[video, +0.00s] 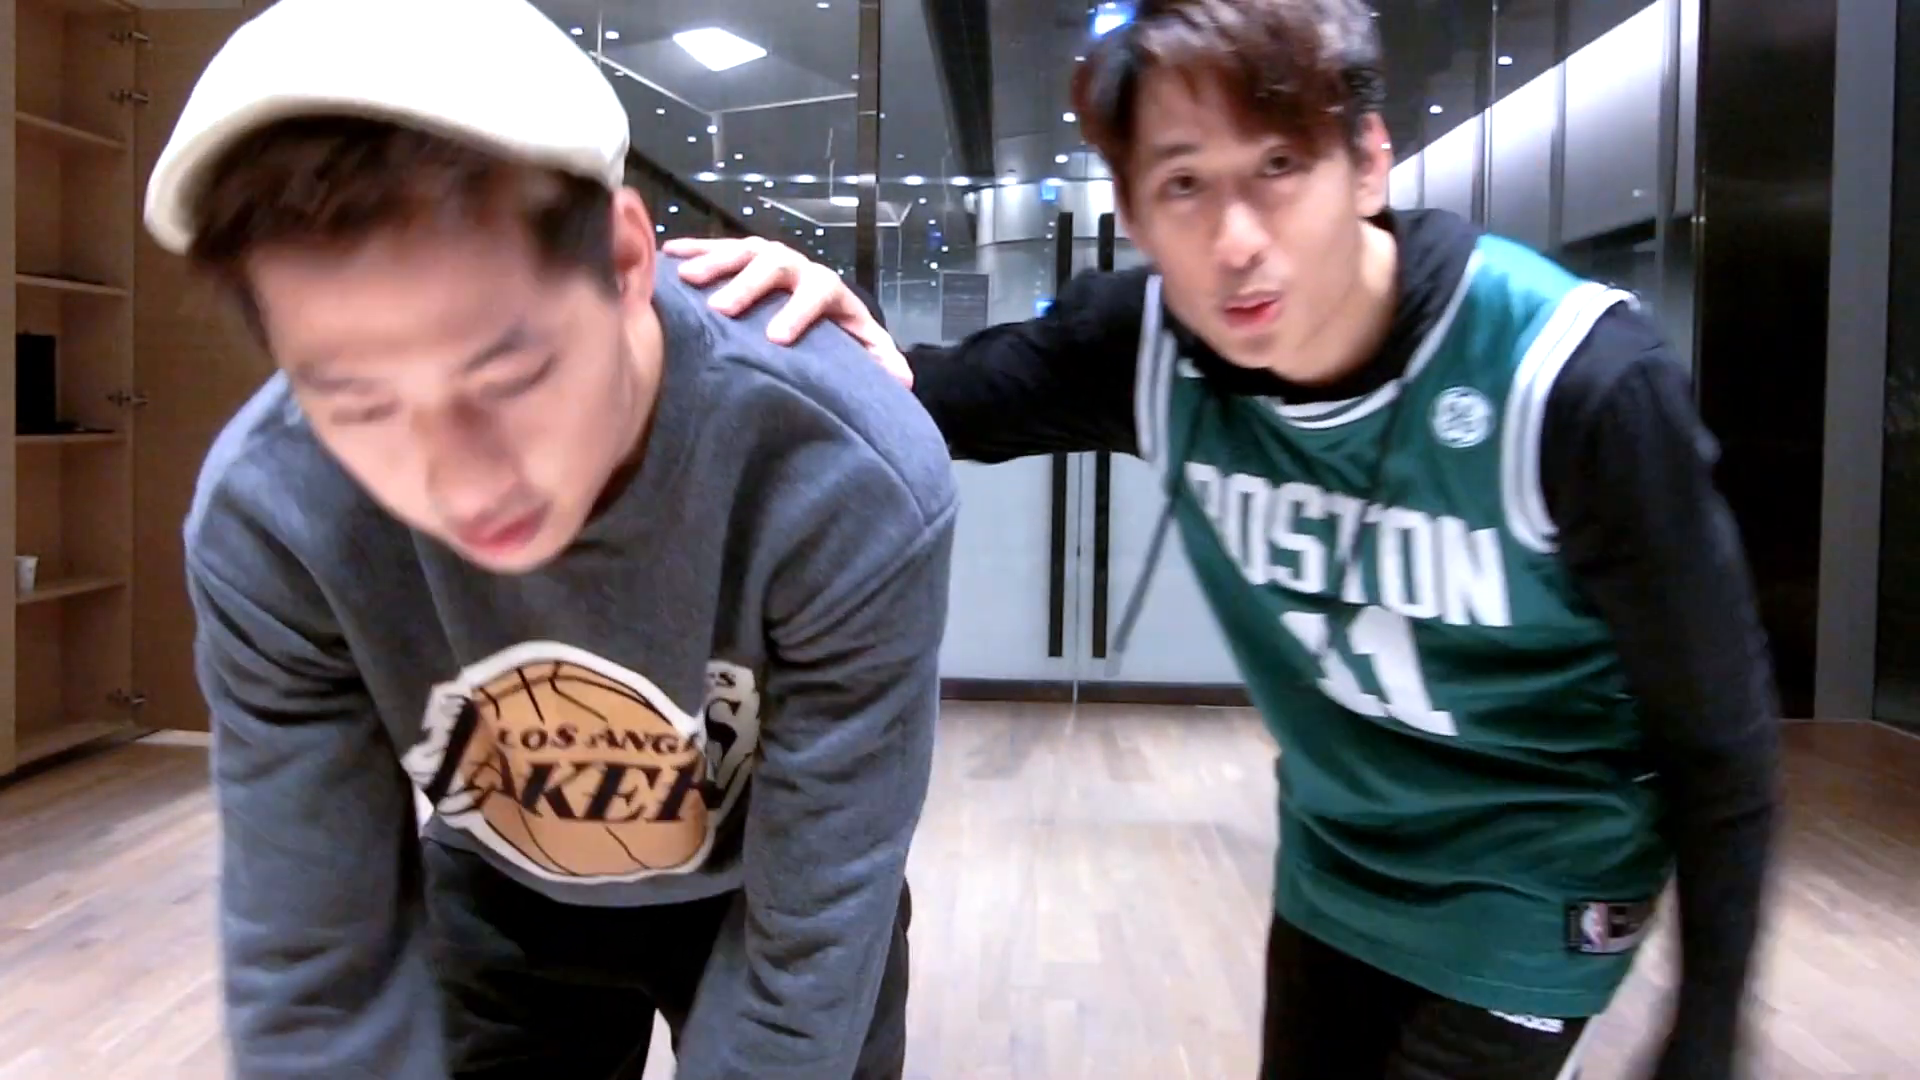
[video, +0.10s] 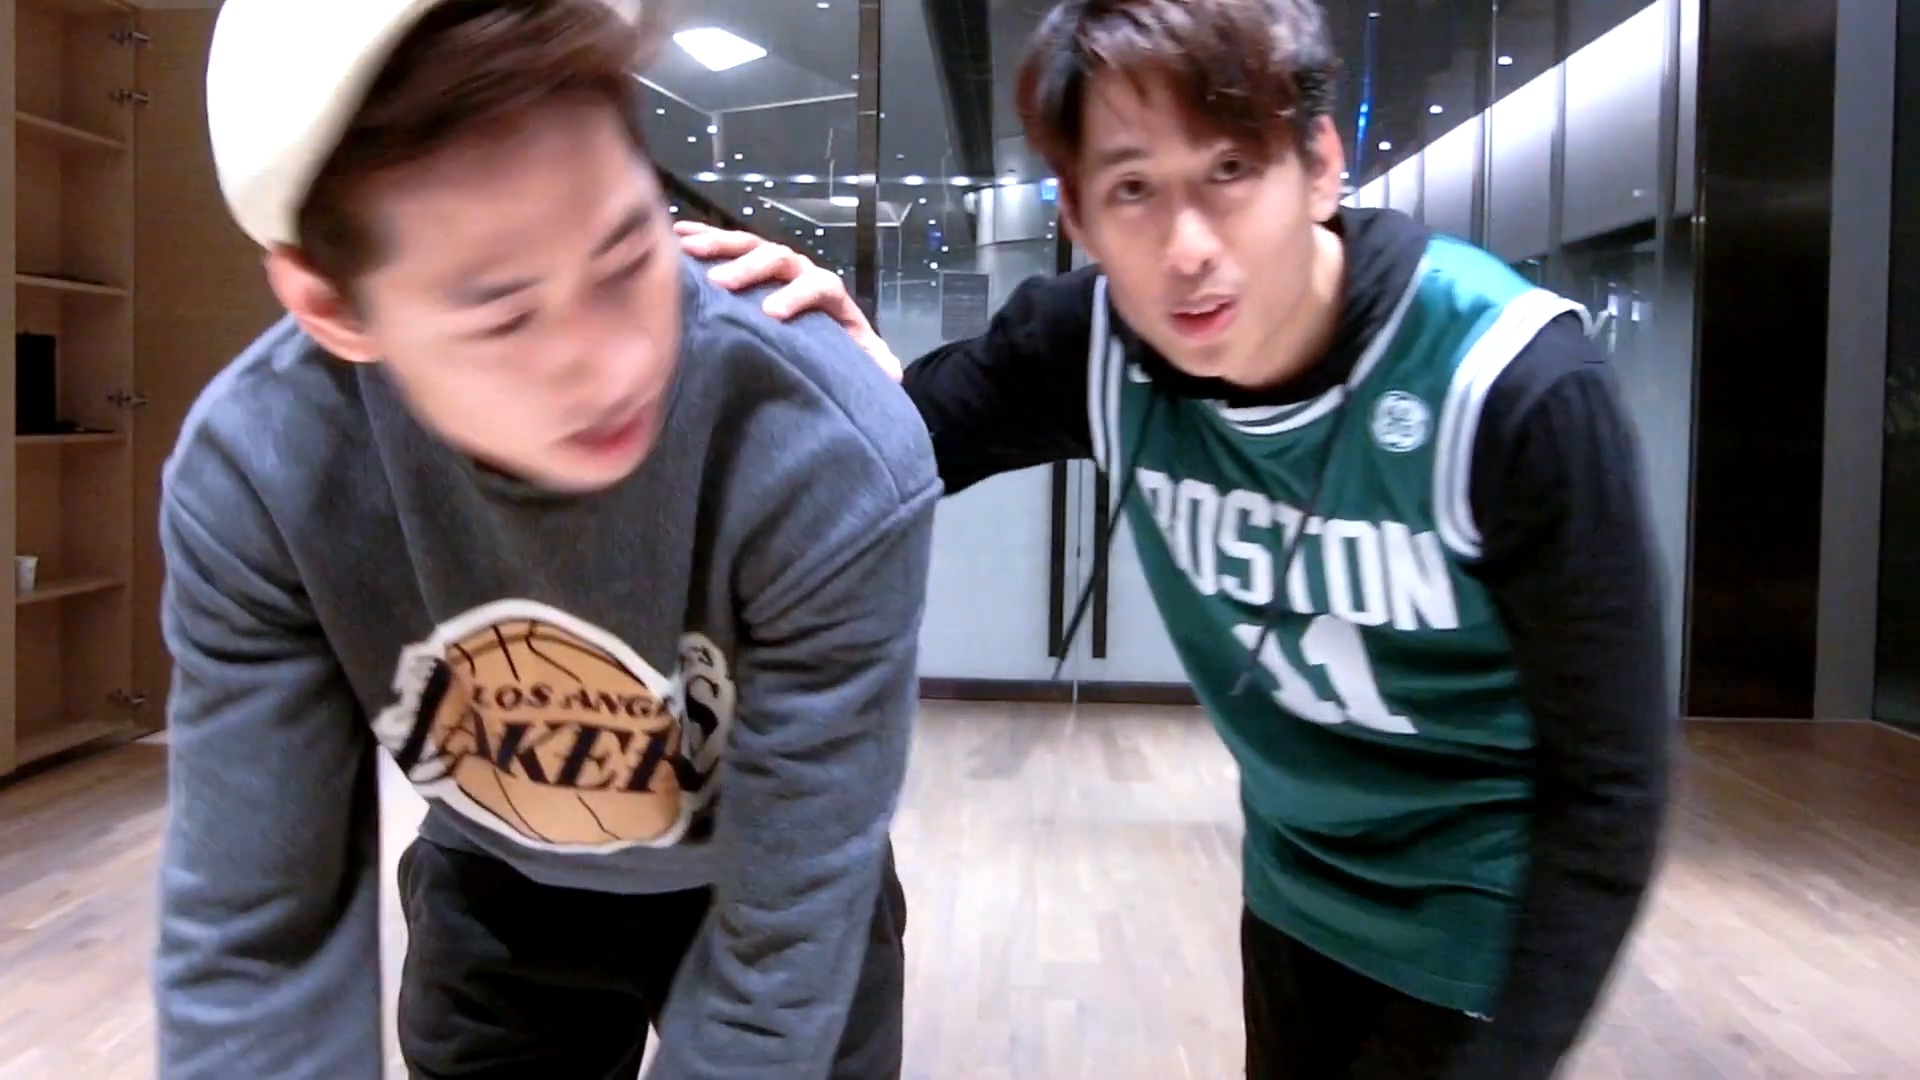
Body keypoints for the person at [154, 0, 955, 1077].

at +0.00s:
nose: (460, 484)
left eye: (509, 377)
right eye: (362, 411)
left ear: (629, 261)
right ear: (289, 373)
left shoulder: (852, 485)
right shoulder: (267, 521)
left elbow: (801, 978)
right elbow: (315, 998)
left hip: (771, 903)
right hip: (507, 896)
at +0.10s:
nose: (606, 364)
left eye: (625, 254)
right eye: (503, 319)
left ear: (656, 192)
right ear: (330, 309)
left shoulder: (834, 460)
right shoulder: (257, 475)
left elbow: (776, 973)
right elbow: (252, 959)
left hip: (782, 882)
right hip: (508, 876)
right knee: (472, 1058)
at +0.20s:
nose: (710, 298)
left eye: (691, 198)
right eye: (616, 283)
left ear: (680, 126)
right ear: (422, 337)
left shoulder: (817, 425)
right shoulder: (249, 431)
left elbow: (719, 924)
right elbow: (234, 913)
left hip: (772, 872)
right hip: (496, 870)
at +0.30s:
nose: (725, 273)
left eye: (708, 180)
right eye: (638, 263)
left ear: (702, 120)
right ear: (437, 326)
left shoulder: (817, 404)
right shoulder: (238, 415)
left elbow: (688, 900)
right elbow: (257, 878)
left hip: (768, 860)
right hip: (485, 859)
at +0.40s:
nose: (729, 253)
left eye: (713, 162)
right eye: (648, 237)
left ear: (711, 114)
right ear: (443, 302)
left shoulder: (815, 397)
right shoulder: (235, 409)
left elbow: (698, 888)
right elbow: (319, 833)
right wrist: (361, 1060)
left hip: (759, 866)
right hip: (485, 873)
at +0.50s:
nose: (731, 249)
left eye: (710, 157)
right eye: (648, 236)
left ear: (707, 108)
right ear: (442, 301)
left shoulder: (810, 390)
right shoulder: (228, 406)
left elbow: (723, 868)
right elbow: (358, 785)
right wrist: (455, 981)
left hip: (757, 867)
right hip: (488, 880)